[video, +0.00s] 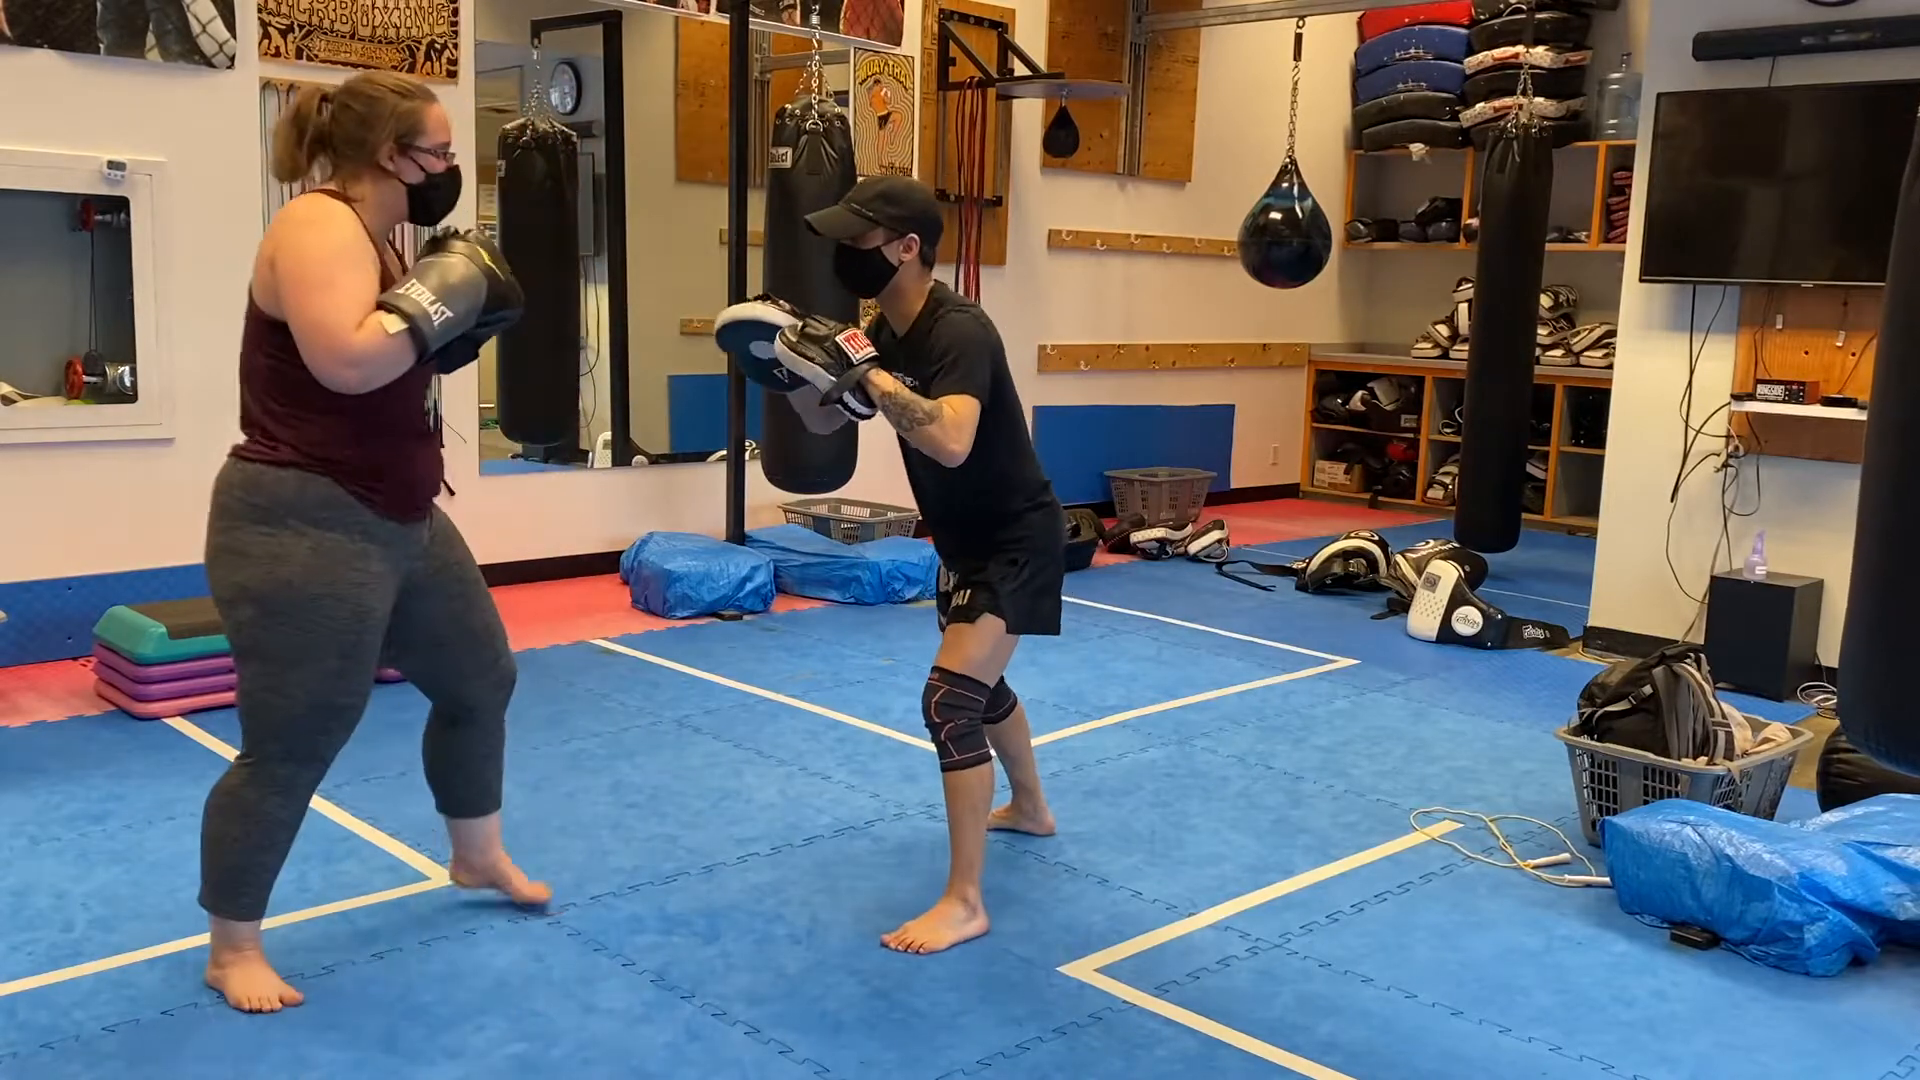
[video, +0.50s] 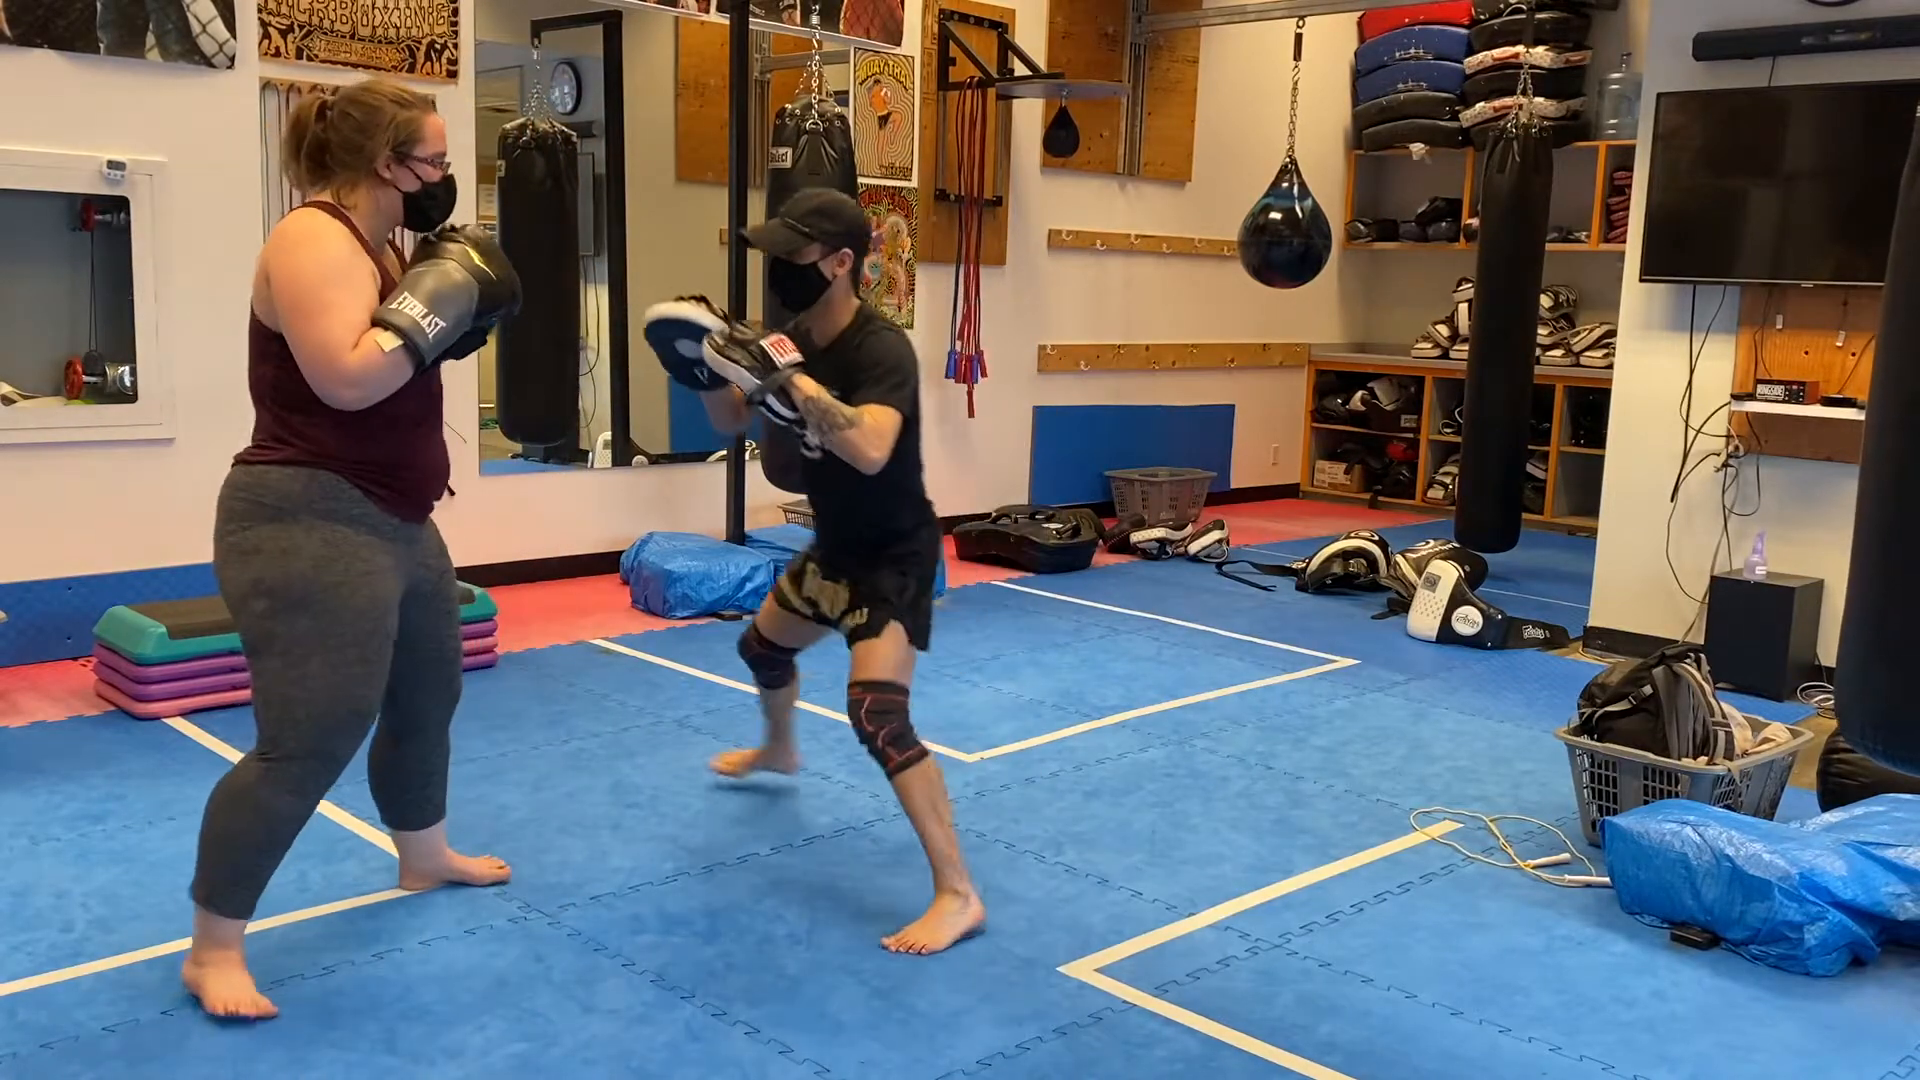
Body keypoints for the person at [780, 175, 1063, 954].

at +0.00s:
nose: (845, 253)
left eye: (857, 243)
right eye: (845, 241)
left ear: (905, 246)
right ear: (894, 247)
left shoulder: (962, 331)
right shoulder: (882, 321)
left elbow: (952, 440)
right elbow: (846, 401)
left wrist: (875, 381)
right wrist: (804, 359)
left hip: (1017, 536)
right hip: (961, 532)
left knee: (953, 701)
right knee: (979, 681)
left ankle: (966, 901)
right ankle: (1030, 804)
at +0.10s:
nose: (831, 254)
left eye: (844, 242)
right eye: (833, 242)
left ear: (895, 248)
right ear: (886, 250)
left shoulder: (959, 333)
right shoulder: (862, 330)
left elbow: (959, 443)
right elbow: (806, 421)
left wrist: (867, 383)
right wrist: (766, 362)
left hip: (1004, 536)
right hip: (943, 536)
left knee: (944, 702)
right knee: (968, 686)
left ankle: (964, 900)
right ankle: (1029, 804)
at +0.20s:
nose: (822, 271)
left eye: (835, 259)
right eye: (823, 258)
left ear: (882, 263)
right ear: (869, 264)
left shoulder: (948, 347)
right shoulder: (846, 348)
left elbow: (957, 460)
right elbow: (785, 442)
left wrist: (865, 399)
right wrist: (744, 374)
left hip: (986, 543)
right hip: (924, 543)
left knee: (922, 705)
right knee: (905, 690)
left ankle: (964, 901)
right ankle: (1009, 782)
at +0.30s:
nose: (812, 293)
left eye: (826, 282)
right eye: (812, 281)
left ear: (873, 285)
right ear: (855, 286)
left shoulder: (935, 365)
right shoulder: (837, 361)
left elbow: (939, 478)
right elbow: (780, 459)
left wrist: (848, 412)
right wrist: (738, 407)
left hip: (963, 562)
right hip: (902, 558)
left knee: (894, 725)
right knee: (845, 694)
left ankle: (963, 903)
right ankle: (963, 769)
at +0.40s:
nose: (794, 292)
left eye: (808, 281)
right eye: (795, 280)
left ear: (858, 284)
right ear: (837, 285)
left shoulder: (914, 367)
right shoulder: (817, 357)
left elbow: (903, 475)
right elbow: (756, 449)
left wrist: (821, 404)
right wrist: (721, 390)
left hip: (935, 566)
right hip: (873, 560)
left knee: (877, 728)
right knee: (798, 672)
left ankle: (962, 900)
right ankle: (879, 770)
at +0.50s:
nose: (775, 270)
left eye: (790, 257)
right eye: (776, 256)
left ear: (842, 262)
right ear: (821, 263)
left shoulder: (884, 349)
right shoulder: (792, 338)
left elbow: (871, 449)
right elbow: (729, 421)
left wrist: (799, 386)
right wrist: (713, 363)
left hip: (896, 548)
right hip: (834, 542)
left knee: (878, 713)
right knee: (766, 647)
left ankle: (958, 893)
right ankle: (780, 751)